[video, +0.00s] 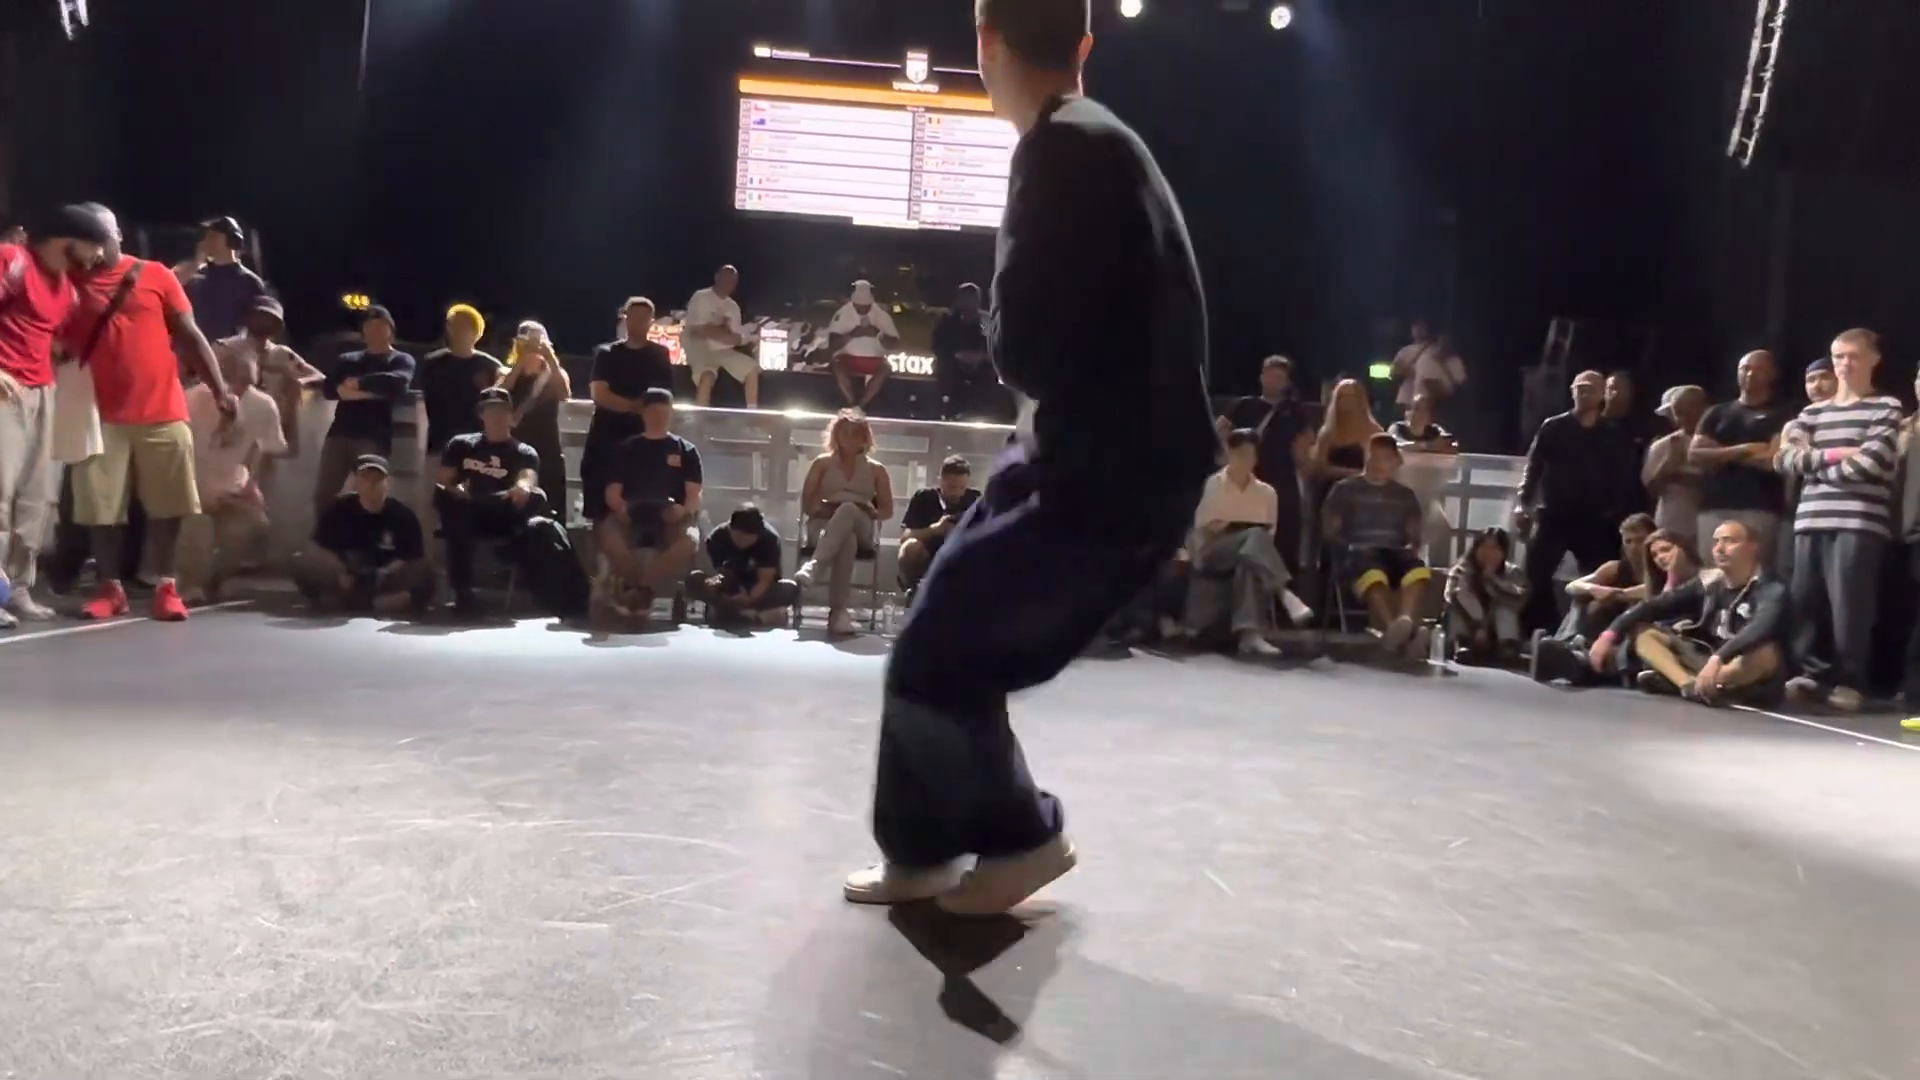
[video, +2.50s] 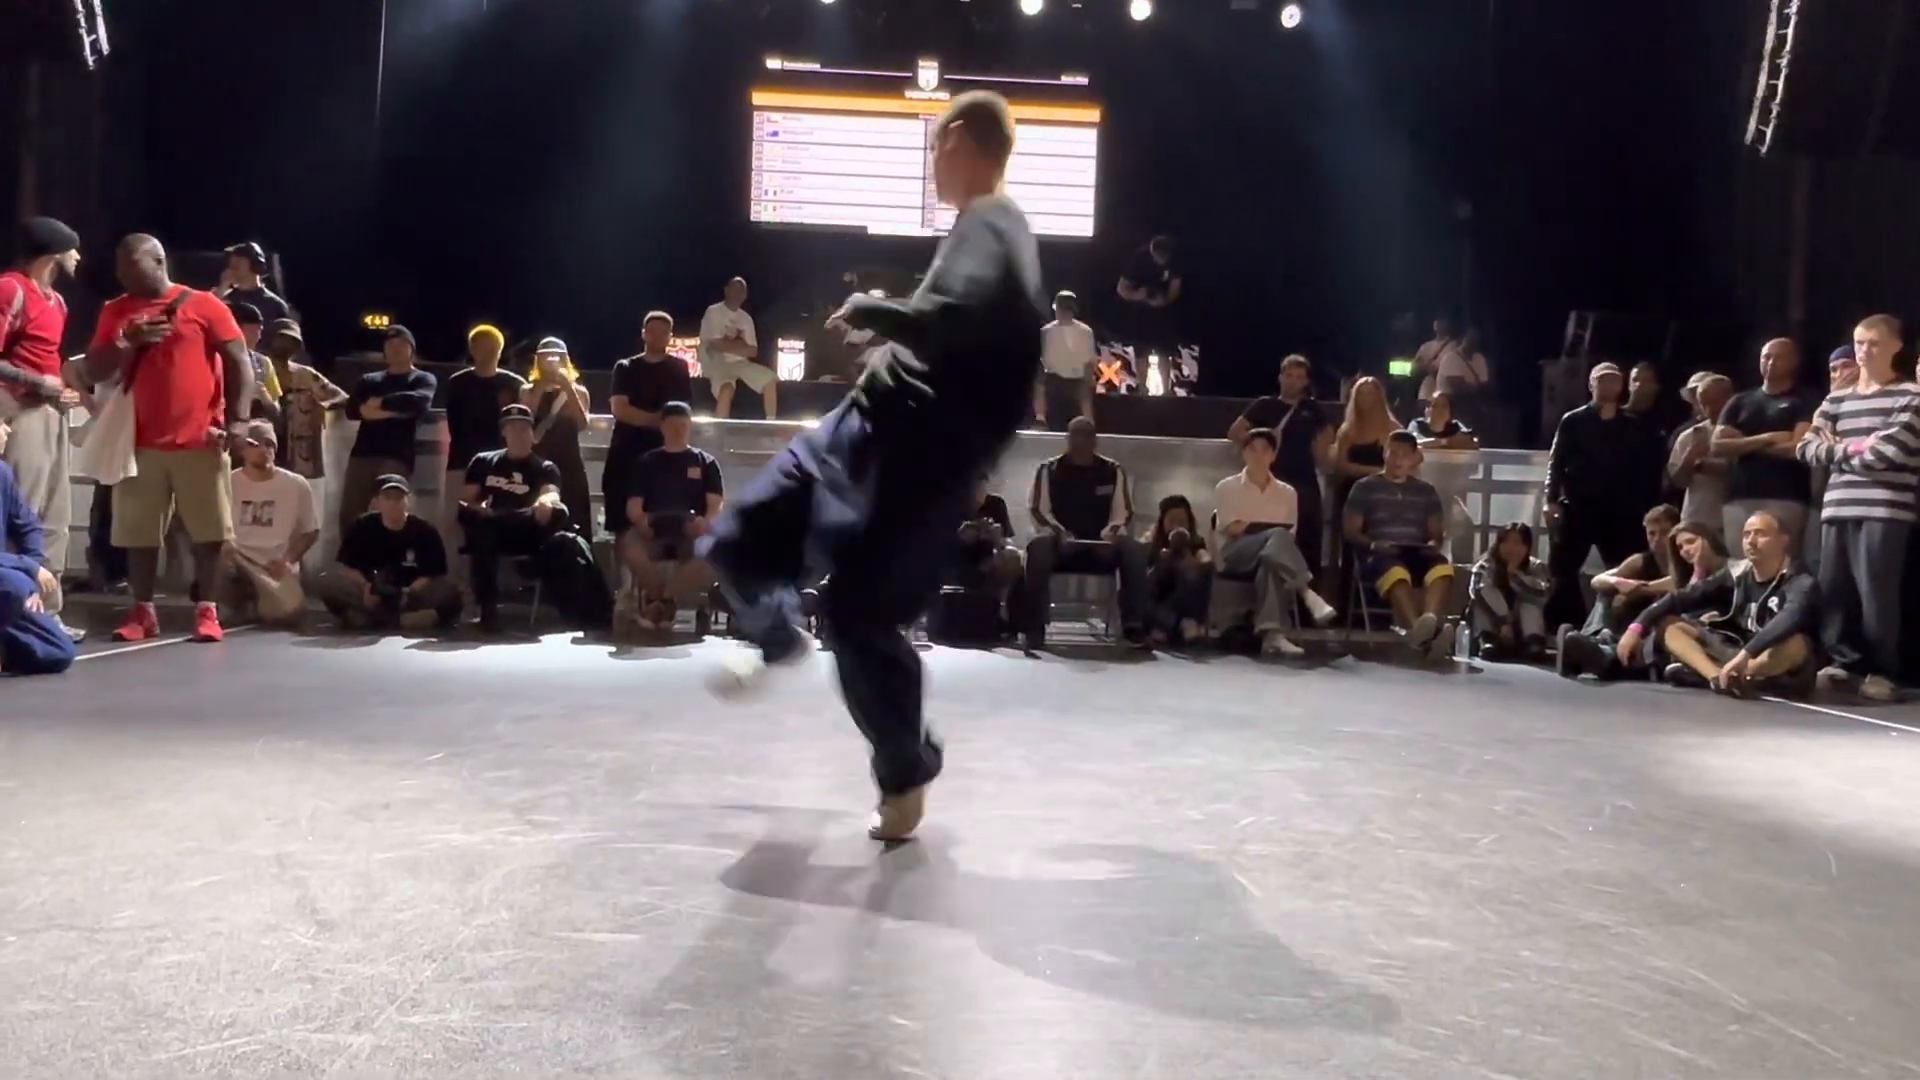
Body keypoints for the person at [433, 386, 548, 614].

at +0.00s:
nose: (497, 416)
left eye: (501, 411)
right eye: (491, 410)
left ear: (511, 416)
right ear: (481, 415)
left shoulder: (525, 453)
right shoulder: (460, 445)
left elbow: (526, 483)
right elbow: (442, 484)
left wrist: (521, 488)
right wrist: (457, 492)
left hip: (505, 506)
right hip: (471, 505)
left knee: (535, 498)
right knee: (454, 512)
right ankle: (463, 593)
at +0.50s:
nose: (494, 420)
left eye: (498, 414)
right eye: (488, 414)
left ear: (508, 419)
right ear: (478, 419)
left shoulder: (522, 456)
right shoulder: (459, 449)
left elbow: (526, 479)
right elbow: (439, 489)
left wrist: (520, 490)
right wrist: (458, 497)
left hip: (504, 512)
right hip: (468, 512)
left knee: (534, 501)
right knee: (454, 520)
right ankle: (463, 597)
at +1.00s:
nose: (501, 439)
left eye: (506, 433)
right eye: (495, 433)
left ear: (515, 437)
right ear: (485, 438)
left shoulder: (529, 473)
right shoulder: (466, 468)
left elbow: (533, 502)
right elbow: (448, 511)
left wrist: (528, 508)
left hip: (511, 534)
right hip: (475, 534)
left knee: (538, 519)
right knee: (462, 536)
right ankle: (471, 615)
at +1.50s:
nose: (505, 442)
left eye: (510, 436)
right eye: (500, 436)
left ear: (518, 440)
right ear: (489, 440)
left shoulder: (532, 475)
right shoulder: (469, 469)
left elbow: (538, 498)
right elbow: (451, 510)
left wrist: (531, 508)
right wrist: (465, 516)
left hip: (514, 529)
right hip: (479, 528)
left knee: (546, 520)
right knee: (465, 538)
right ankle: (474, 618)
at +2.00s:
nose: (513, 440)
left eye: (517, 434)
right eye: (507, 434)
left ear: (526, 439)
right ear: (496, 438)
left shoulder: (540, 474)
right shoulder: (477, 468)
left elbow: (544, 497)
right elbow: (458, 509)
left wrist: (538, 507)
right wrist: (472, 515)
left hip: (521, 532)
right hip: (487, 532)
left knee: (553, 518)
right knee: (472, 536)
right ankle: (481, 617)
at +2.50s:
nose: (521, 433)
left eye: (525, 428)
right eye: (515, 428)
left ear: (532, 434)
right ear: (504, 432)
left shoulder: (545, 468)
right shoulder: (483, 461)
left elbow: (551, 492)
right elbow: (465, 501)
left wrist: (546, 502)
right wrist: (479, 508)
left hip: (528, 526)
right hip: (493, 524)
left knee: (558, 514)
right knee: (479, 530)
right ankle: (487, 609)